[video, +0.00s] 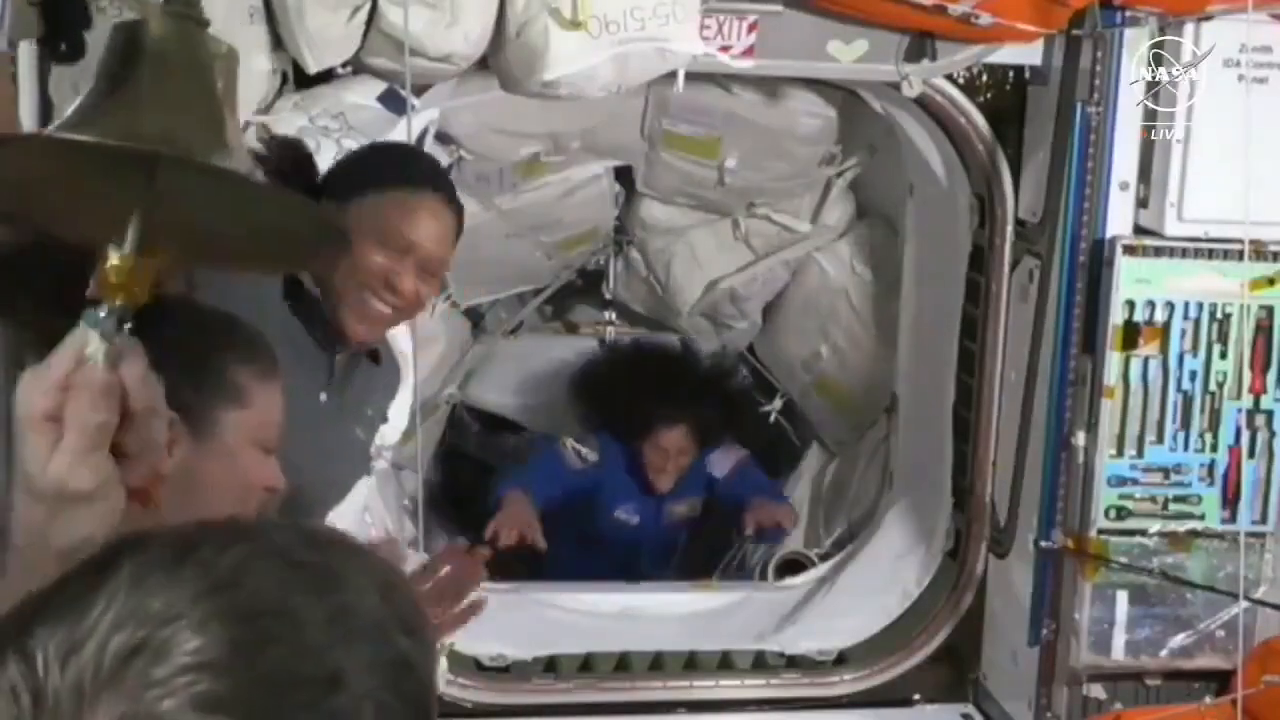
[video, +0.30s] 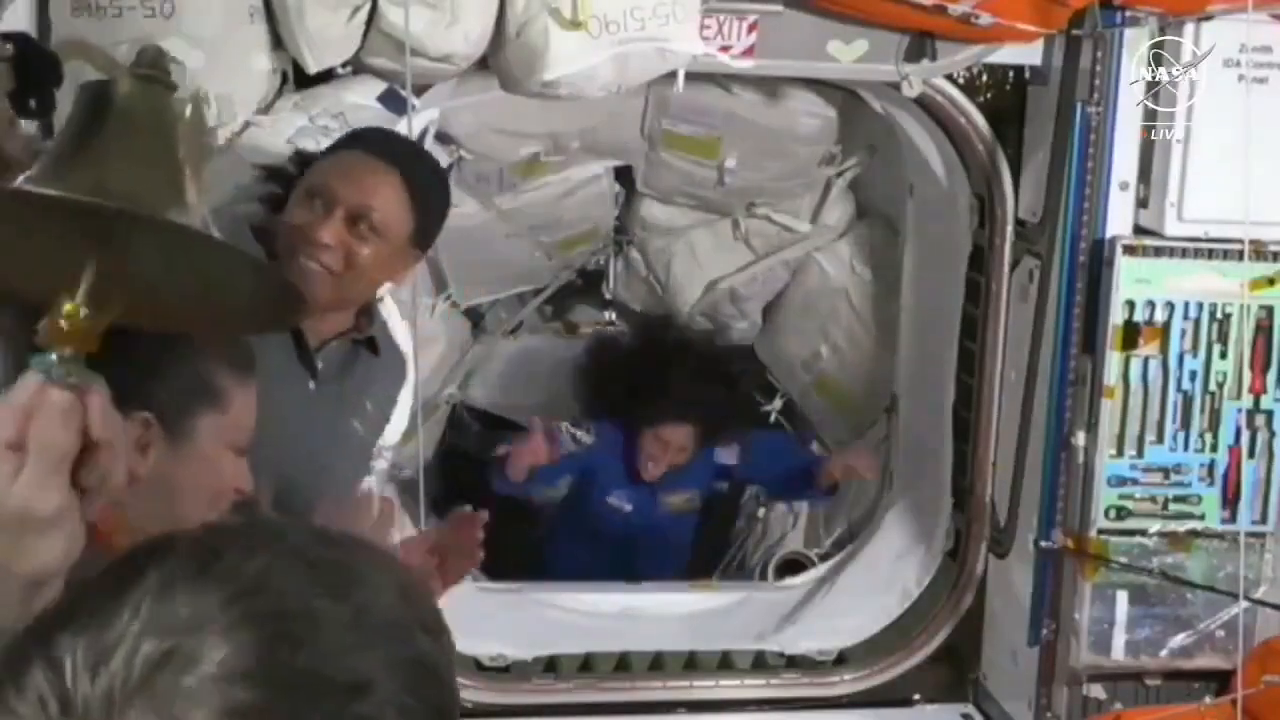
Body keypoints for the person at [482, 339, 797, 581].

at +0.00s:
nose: (666, 468)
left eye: (681, 457)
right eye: (656, 453)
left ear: (699, 451)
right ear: (635, 440)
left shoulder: (711, 463)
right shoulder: (597, 455)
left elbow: (746, 481)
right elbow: (540, 474)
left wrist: (767, 503)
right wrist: (517, 500)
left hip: (667, 601)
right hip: (581, 594)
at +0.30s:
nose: (662, 461)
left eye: (679, 453)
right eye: (656, 444)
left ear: (699, 448)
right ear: (635, 426)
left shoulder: (708, 461)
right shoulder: (594, 446)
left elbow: (769, 463)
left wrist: (824, 471)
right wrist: (522, 468)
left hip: (661, 604)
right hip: (577, 597)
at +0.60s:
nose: (676, 434)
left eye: (691, 419)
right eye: (666, 415)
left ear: (715, 413)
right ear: (648, 403)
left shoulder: (741, 443)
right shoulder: (611, 430)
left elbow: (806, 486)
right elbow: (532, 474)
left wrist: (845, 487)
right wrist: (526, 445)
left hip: (663, 576)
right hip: (584, 567)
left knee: (653, 674)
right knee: (572, 670)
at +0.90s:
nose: (663, 406)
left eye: (677, 389)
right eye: (650, 390)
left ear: (705, 380)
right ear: (634, 381)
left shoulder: (744, 420)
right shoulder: (600, 415)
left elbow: (826, 452)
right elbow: (521, 480)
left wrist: (863, 453)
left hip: (677, 607)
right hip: (578, 602)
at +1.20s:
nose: (690, 407)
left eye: (707, 394)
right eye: (681, 387)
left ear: (729, 385)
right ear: (658, 370)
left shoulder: (750, 412)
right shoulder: (613, 408)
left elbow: (804, 519)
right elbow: (550, 517)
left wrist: (752, 584)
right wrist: (585, 620)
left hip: (686, 567)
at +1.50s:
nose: (699, 399)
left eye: (715, 387)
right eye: (689, 382)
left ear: (737, 383)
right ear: (668, 370)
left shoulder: (755, 415)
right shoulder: (624, 400)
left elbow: (798, 517)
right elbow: (549, 496)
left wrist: (725, 605)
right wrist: (578, 607)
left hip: (694, 504)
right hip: (614, 502)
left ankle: (666, 634)